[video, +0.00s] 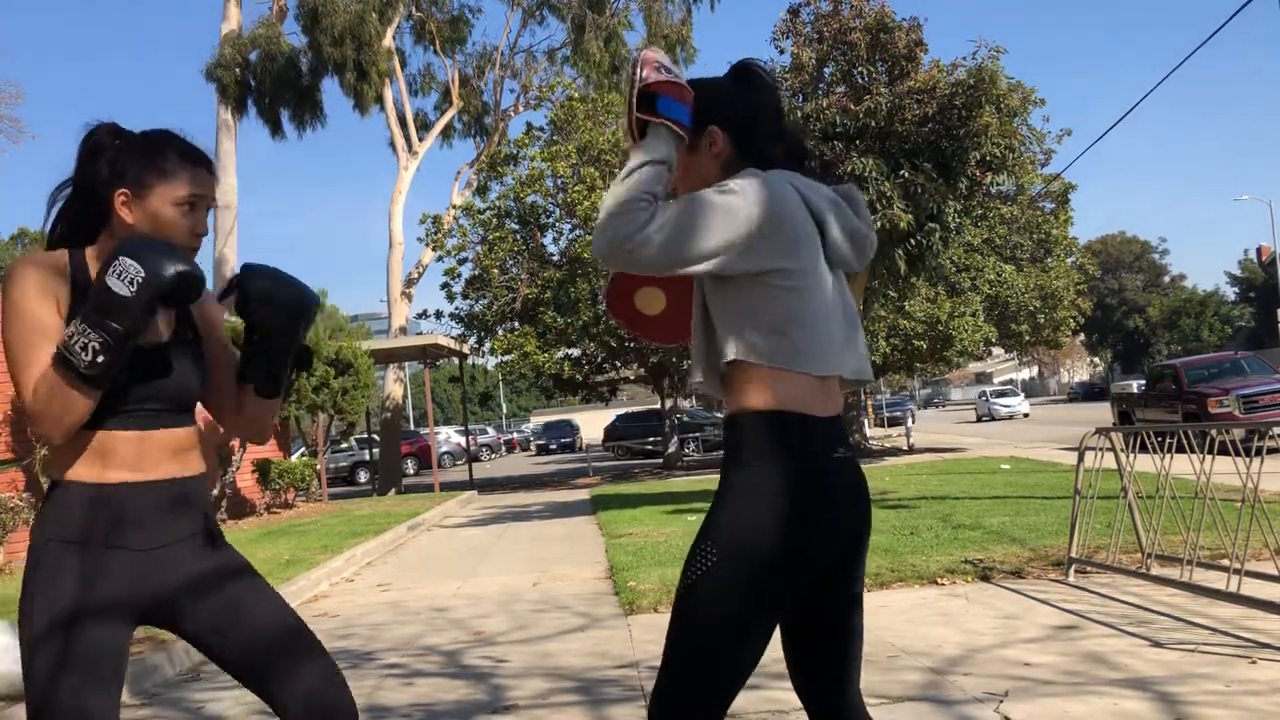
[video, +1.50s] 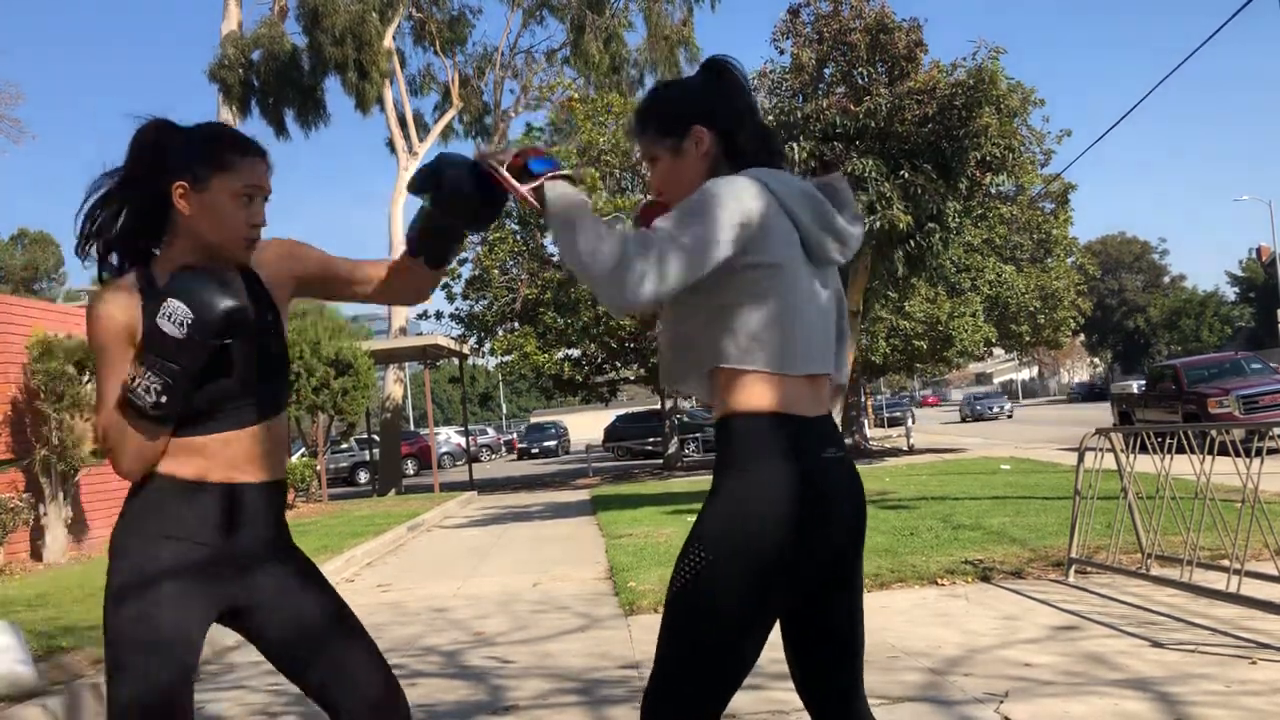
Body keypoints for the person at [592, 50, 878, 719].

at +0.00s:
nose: (677, 175)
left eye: (682, 153)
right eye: (673, 154)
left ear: (716, 144)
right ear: (758, 143)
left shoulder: (749, 200)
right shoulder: (808, 205)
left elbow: (617, 240)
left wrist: (661, 140)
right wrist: (659, 134)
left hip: (767, 482)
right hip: (833, 477)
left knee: (681, 706)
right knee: (836, 701)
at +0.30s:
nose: (627, 189)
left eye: (625, 168)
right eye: (620, 172)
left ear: (662, 146)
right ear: (678, 140)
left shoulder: (704, 197)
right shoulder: (780, 206)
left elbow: (588, 288)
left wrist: (552, 185)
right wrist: (646, 328)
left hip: (742, 473)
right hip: (820, 466)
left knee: (681, 704)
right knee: (838, 695)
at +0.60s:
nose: (663, 192)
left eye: (661, 170)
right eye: (655, 175)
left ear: (703, 147)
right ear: (709, 145)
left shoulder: (753, 202)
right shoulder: (818, 208)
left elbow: (698, 333)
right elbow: (717, 364)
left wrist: (626, 244)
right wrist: (644, 281)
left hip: (771, 478)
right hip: (840, 473)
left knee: (705, 705)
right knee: (844, 699)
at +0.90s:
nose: (677, 177)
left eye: (682, 156)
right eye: (672, 160)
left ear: (717, 145)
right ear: (757, 140)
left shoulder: (754, 197)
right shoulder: (817, 201)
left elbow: (626, 232)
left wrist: (661, 128)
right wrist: (670, 116)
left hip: (776, 482)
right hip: (839, 476)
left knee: (685, 704)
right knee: (839, 700)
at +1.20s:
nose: (641, 186)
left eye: (642, 165)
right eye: (636, 169)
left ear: (680, 141)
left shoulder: (720, 196)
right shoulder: (791, 206)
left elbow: (595, 258)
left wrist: (537, 160)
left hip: (751, 480)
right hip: (829, 475)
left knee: (688, 704)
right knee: (841, 697)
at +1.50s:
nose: (649, 180)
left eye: (652, 161)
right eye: (645, 164)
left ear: (700, 142)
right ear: (712, 137)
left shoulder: (732, 198)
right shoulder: (803, 208)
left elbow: (632, 281)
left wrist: (556, 192)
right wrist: (672, 232)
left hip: (758, 485)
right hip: (829, 479)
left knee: (676, 705)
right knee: (839, 700)